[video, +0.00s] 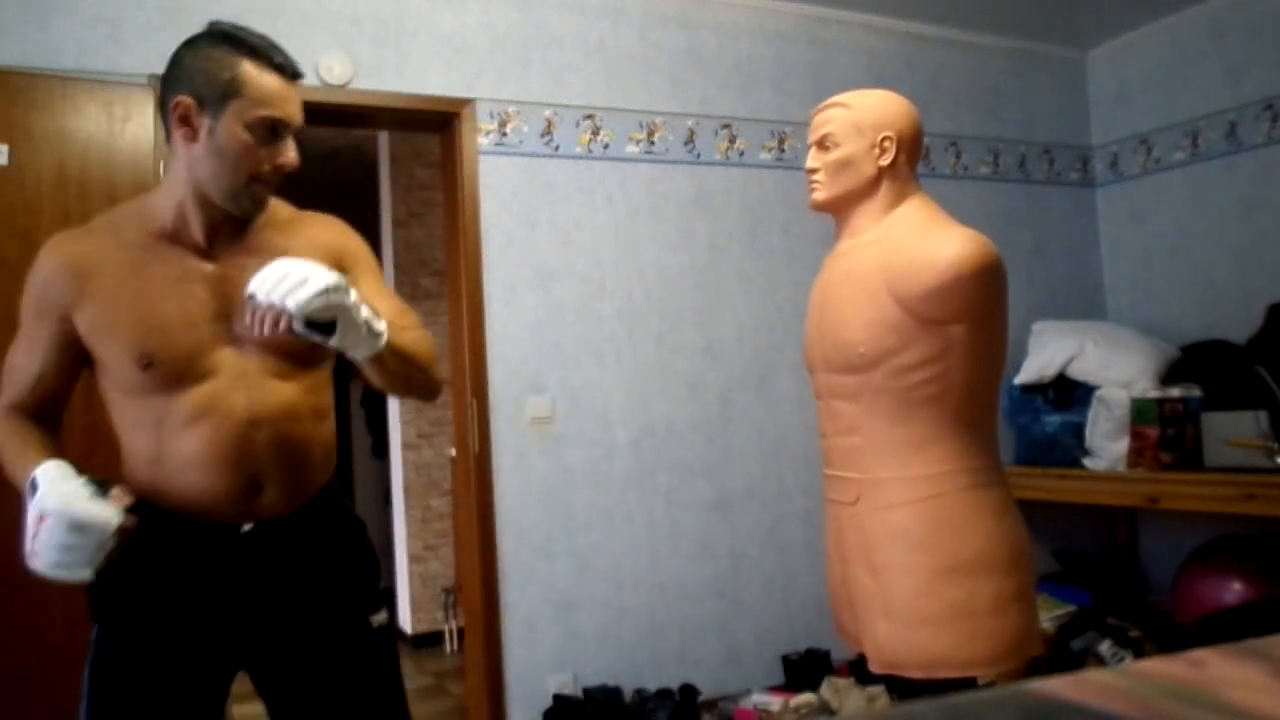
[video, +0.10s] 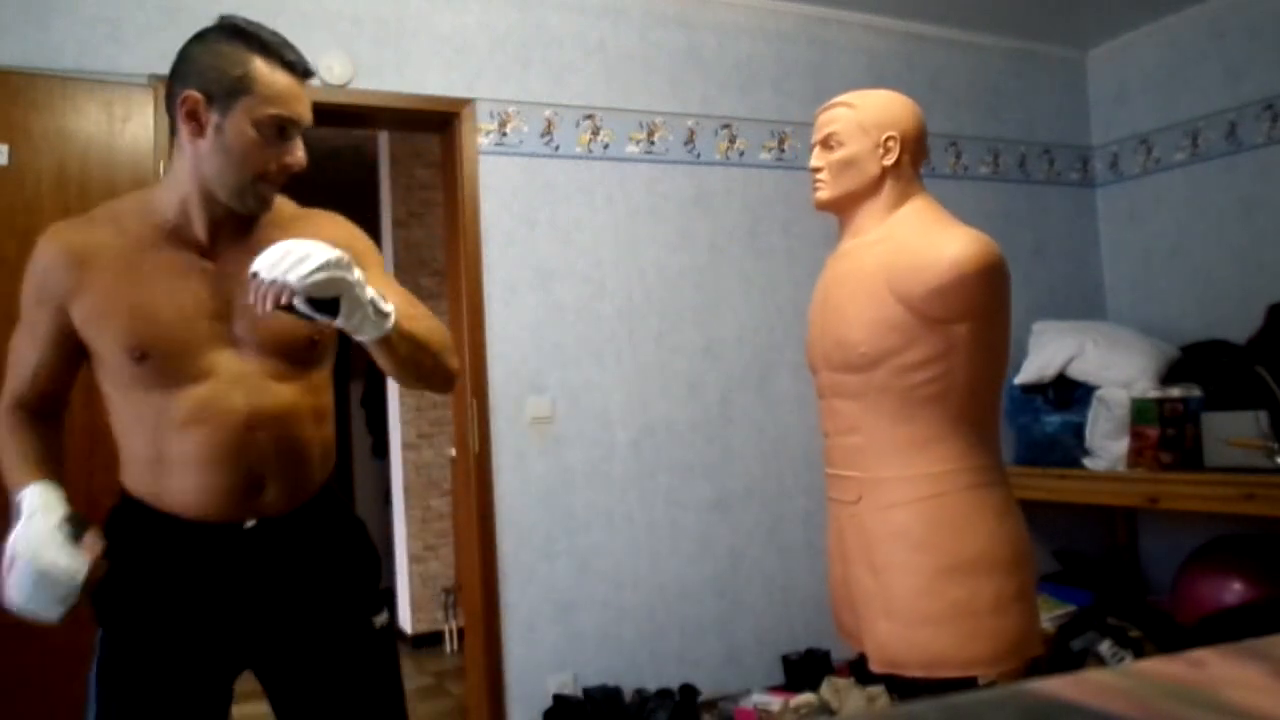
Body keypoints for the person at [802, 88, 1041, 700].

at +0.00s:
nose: (809, 162)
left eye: (827, 145)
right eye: (810, 147)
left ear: (884, 152)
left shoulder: (946, 260)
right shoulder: (842, 261)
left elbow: (966, 431)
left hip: (936, 540)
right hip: (865, 538)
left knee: (960, 703)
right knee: (894, 695)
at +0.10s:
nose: (813, 160)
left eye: (831, 144)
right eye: (814, 146)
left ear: (888, 152)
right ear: (882, 154)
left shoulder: (950, 261)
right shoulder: (846, 259)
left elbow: (969, 434)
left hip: (937, 540)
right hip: (868, 537)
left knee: (959, 703)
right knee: (895, 695)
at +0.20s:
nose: (813, 161)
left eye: (831, 144)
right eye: (814, 146)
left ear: (888, 152)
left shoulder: (951, 260)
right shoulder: (846, 259)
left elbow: (969, 431)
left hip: (938, 542)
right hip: (867, 539)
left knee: (961, 703)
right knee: (894, 695)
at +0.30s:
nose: (811, 161)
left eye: (829, 144)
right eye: (812, 146)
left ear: (886, 152)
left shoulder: (948, 260)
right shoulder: (845, 259)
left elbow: (966, 432)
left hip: (937, 545)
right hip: (867, 542)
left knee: (959, 704)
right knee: (896, 696)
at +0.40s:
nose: (812, 161)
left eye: (830, 144)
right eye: (813, 146)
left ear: (887, 152)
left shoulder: (950, 260)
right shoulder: (845, 259)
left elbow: (966, 432)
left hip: (937, 546)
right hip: (869, 542)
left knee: (960, 703)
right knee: (897, 695)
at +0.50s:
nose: (812, 160)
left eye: (830, 144)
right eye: (813, 146)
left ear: (887, 152)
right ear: (881, 154)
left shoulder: (949, 261)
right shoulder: (846, 260)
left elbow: (966, 433)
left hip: (937, 544)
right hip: (868, 541)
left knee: (960, 703)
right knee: (897, 696)